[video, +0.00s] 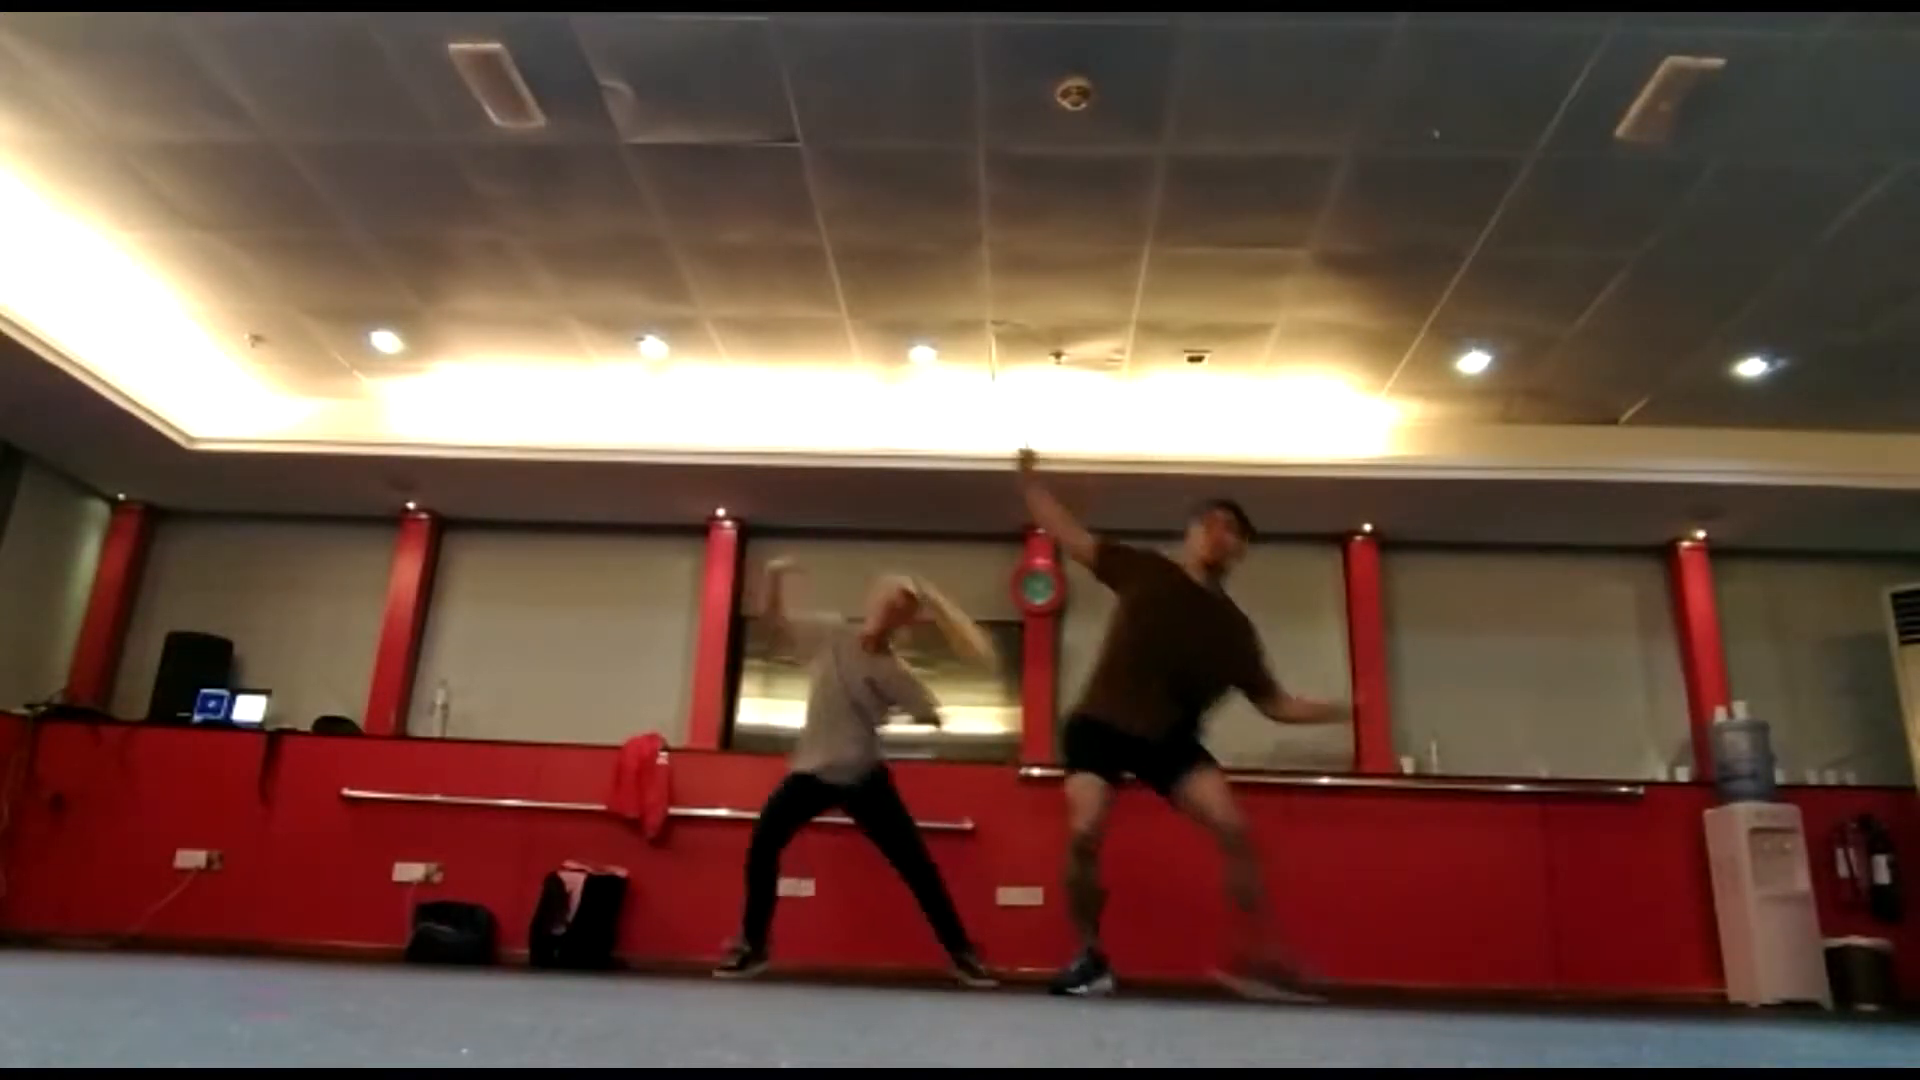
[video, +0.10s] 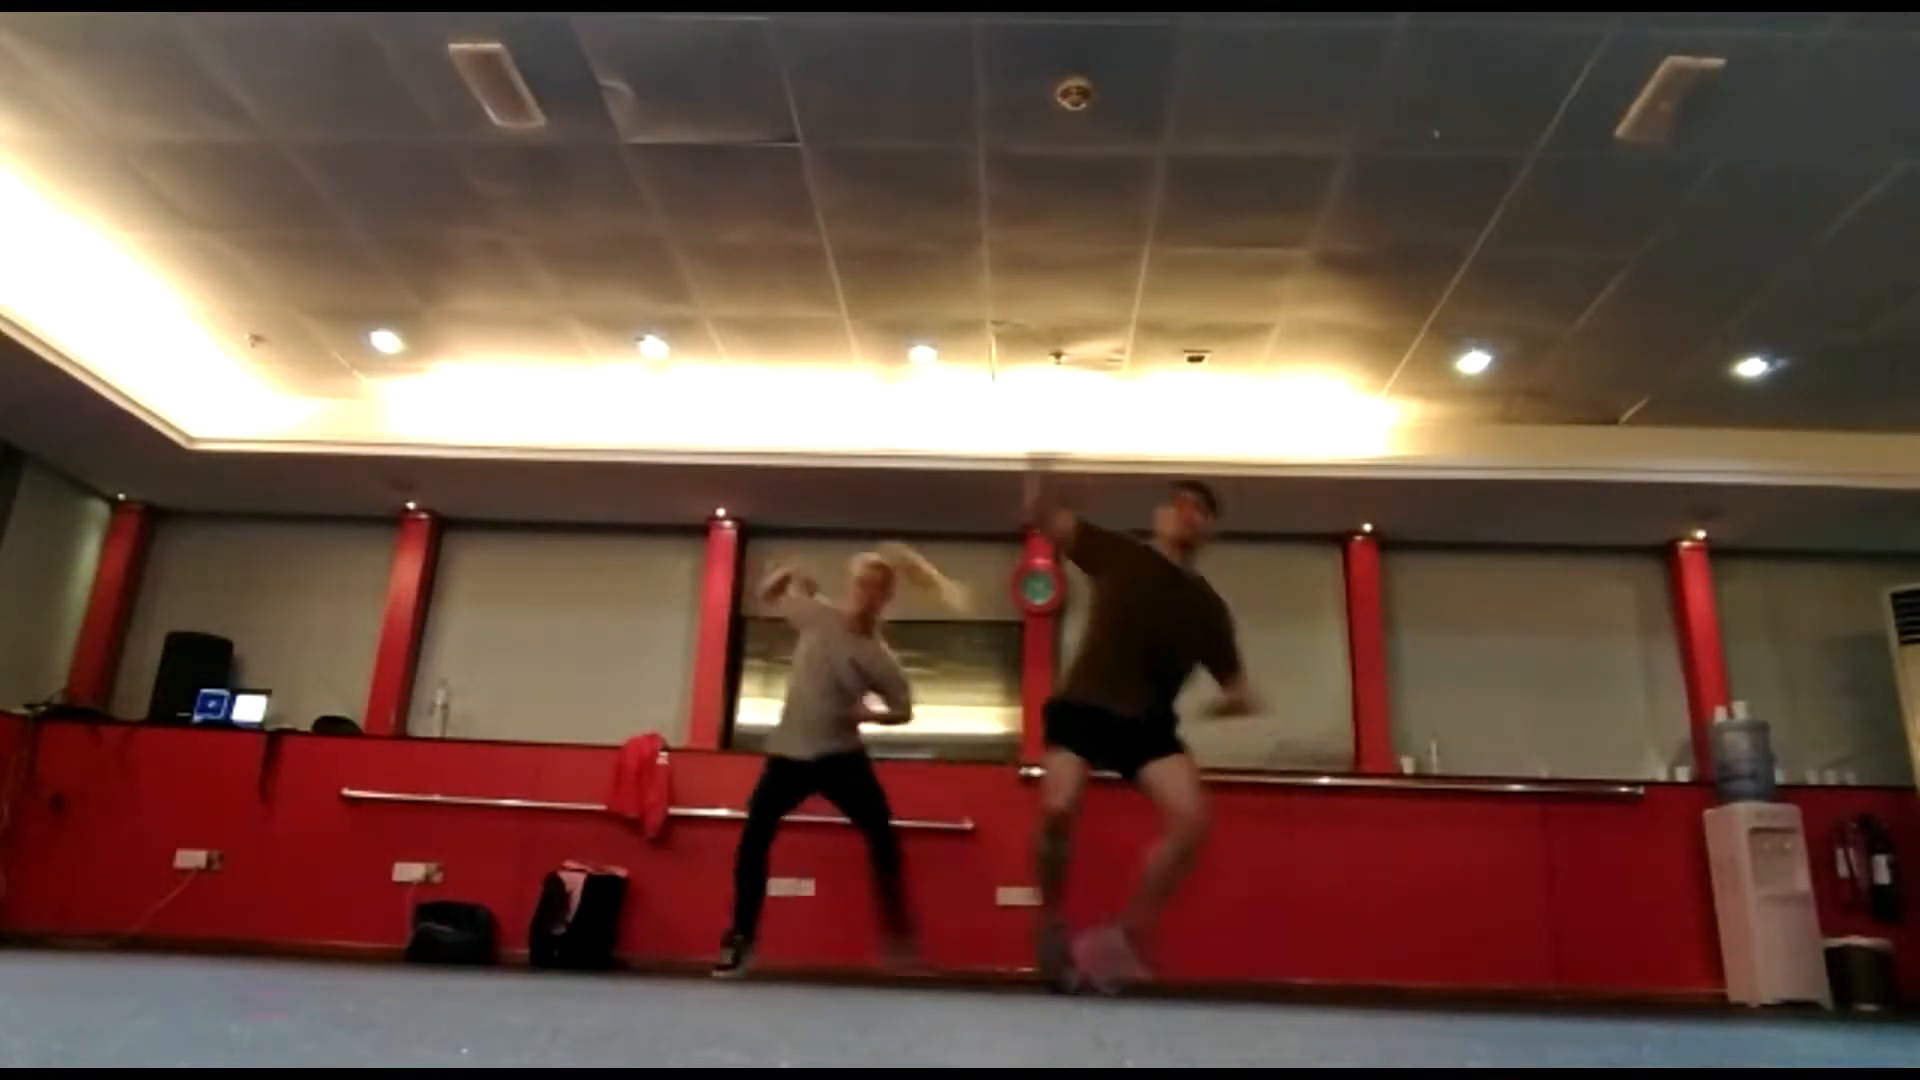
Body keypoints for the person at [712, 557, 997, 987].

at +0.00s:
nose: (889, 612)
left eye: (900, 608)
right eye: (887, 601)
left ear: (905, 621)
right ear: (871, 603)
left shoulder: (892, 672)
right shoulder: (830, 636)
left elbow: (930, 714)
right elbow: (774, 623)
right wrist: (774, 579)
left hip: (864, 778)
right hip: (812, 774)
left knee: (916, 867)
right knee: (763, 847)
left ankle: (963, 957)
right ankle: (753, 948)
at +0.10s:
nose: (864, 593)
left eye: (875, 588)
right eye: (860, 583)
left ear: (886, 598)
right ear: (849, 585)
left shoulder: (876, 655)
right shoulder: (814, 614)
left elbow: (902, 711)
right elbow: (766, 601)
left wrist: (858, 714)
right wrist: (788, 573)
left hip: (840, 759)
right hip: (789, 755)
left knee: (883, 838)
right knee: (754, 841)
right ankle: (740, 938)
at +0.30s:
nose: (799, 580)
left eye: (806, 572)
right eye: (791, 572)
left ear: (819, 578)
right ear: (774, 578)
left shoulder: (830, 635)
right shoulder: (758, 620)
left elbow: (857, 678)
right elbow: (745, 594)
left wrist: (830, 725)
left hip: (805, 756)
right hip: (750, 757)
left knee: (850, 819)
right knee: (703, 848)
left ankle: (843, 928)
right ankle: (647, 940)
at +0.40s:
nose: (760, 597)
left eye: (768, 587)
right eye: (753, 589)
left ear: (784, 592)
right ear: (743, 595)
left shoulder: (805, 647)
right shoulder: (742, 636)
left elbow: (830, 703)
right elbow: (762, 657)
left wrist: (810, 742)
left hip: (785, 766)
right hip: (737, 769)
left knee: (835, 779)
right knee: (683, 858)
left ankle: (836, 869)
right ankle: (643, 948)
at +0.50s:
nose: (749, 608)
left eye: (756, 598)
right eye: (743, 600)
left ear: (780, 600)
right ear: (736, 604)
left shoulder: (800, 658)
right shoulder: (735, 644)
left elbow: (827, 713)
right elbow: (745, 687)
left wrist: (807, 741)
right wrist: (794, 712)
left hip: (774, 777)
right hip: (726, 781)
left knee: (824, 765)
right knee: (669, 862)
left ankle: (836, 849)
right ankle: (641, 949)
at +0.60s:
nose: (768, 602)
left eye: (775, 593)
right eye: (762, 593)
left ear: (792, 598)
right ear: (750, 597)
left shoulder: (811, 656)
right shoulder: (747, 637)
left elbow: (830, 718)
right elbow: (743, 624)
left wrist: (809, 746)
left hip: (780, 772)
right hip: (728, 774)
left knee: (863, 798)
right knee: (675, 858)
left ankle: (855, 900)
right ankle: (642, 950)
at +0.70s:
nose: (817, 611)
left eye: (822, 601)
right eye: (808, 600)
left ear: (829, 606)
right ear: (788, 602)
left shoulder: (832, 668)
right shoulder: (766, 641)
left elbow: (855, 735)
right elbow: (735, 613)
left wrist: (823, 758)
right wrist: (748, 577)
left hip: (800, 786)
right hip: (747, 780)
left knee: (876, 847)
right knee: (696, 865)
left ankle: (851, 956)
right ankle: (632, 947)